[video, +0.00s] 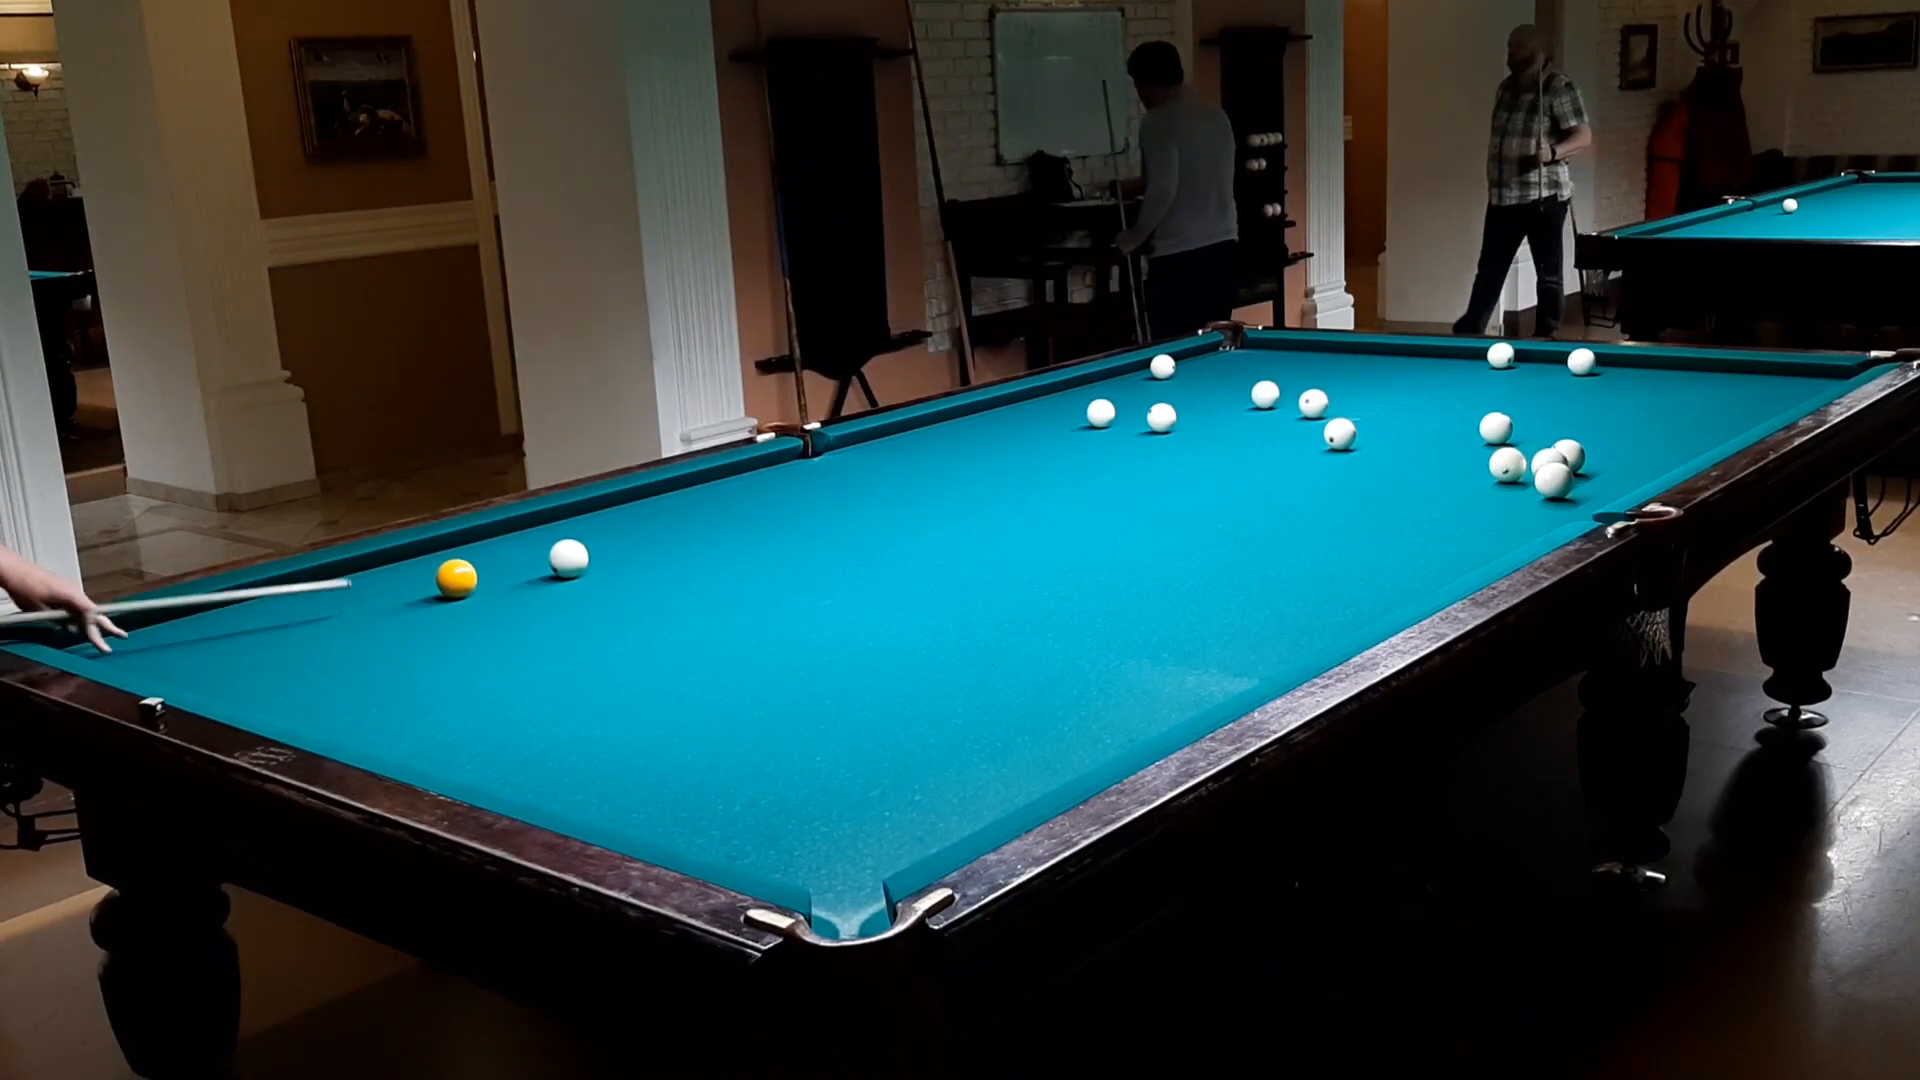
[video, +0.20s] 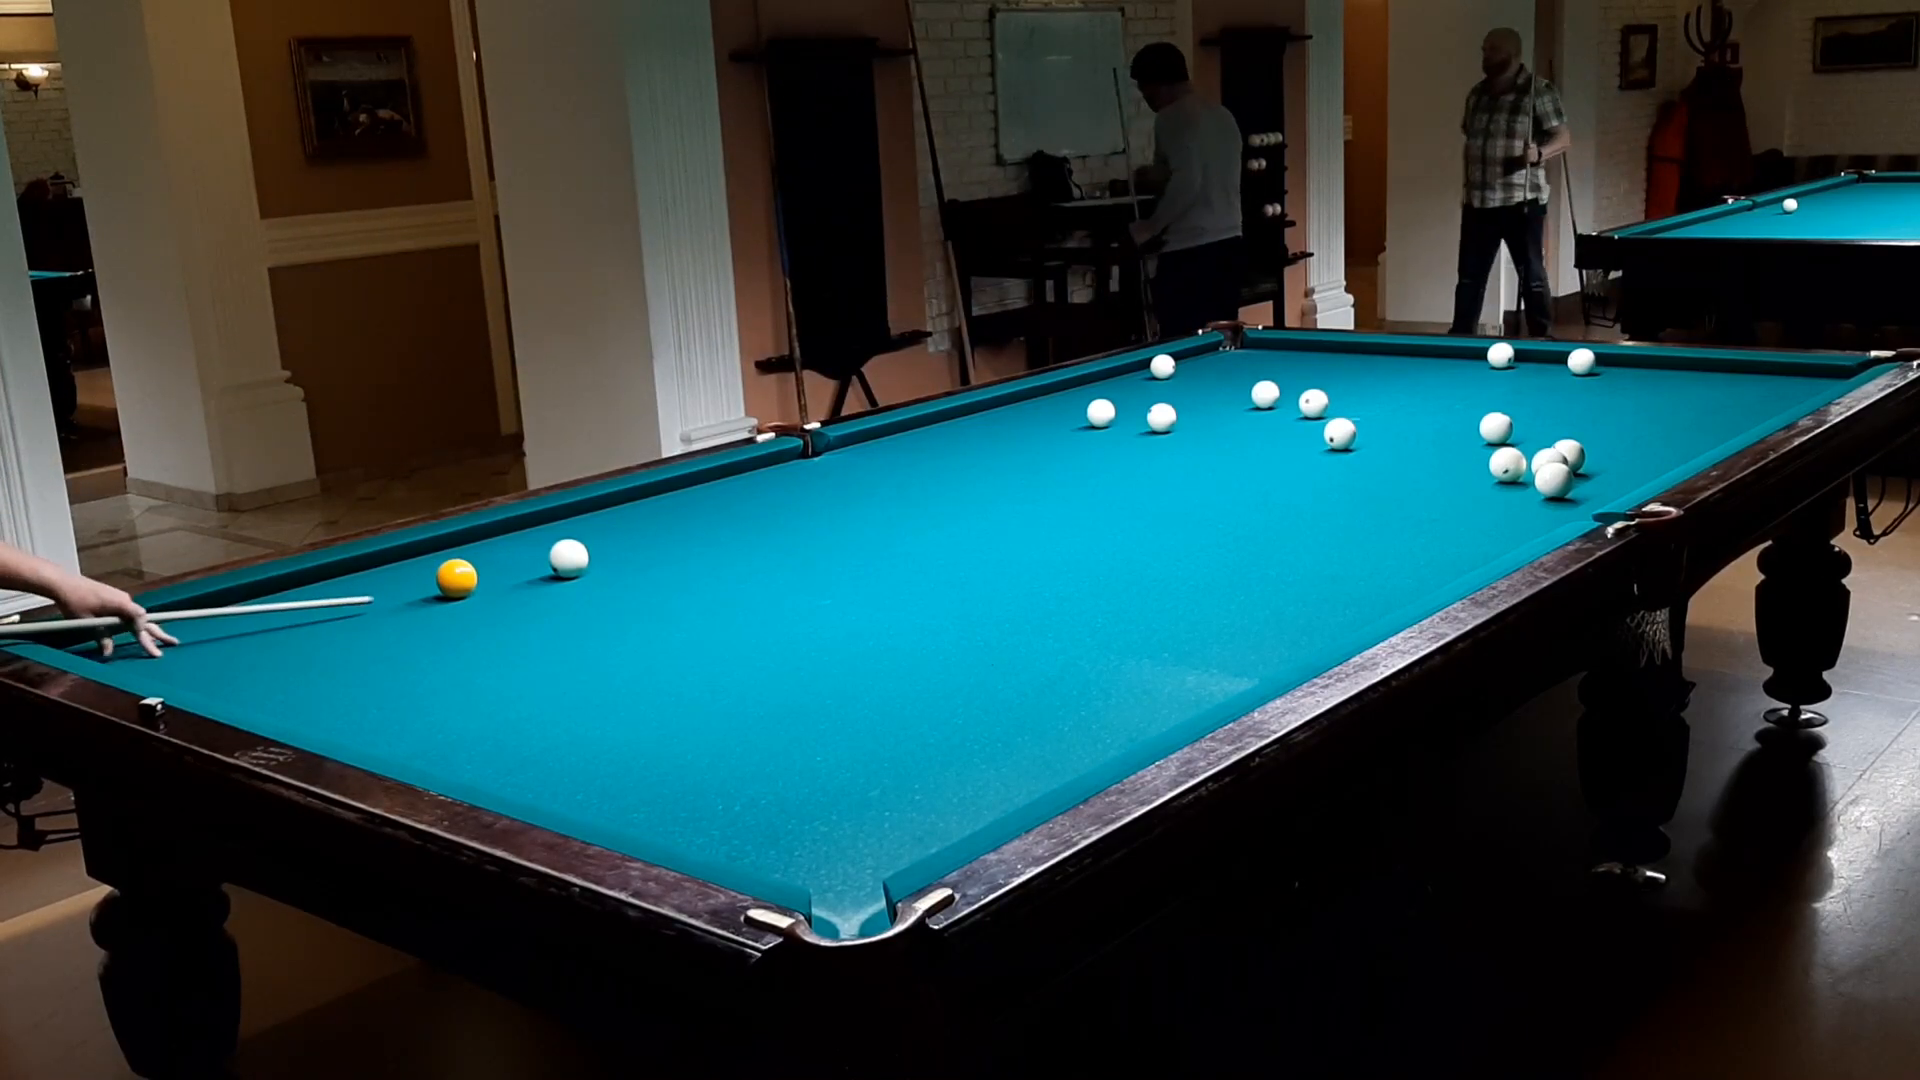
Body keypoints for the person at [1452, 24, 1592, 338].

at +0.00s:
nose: (1511, 53)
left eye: (1519, 47)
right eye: (1510, 47)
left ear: (1539, 51)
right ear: (1509, 50)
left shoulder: (1559, 87)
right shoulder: (1506, 88)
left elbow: (1583, 136)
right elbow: (1502, 136)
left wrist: (1554, 152)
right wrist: (1497, 177)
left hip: (1545, 196)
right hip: (1505, 196)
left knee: (1549, 272)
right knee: (1490, 269)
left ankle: (1545, 335)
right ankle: (1469, 332)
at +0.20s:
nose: (1485, 57)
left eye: (1492, 50)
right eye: (1484, 50)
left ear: (1513, 54)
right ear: (1485, 52)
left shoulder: (1538, 90)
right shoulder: (1477, 94)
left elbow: (1562, 138)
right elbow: (1470, 144)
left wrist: (1540, 153)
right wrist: (1468, 190)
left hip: (1522, 202)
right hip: (1480, 202)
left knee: (1532, 277)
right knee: (1470, 277)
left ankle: (1541, 342)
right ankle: (1459, 341)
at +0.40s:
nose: (1459, 57)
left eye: (1466, 51)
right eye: (1458, 51)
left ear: (1486, 53)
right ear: (1457, 52)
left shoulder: (1516, 88)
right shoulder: (1447, 97)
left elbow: (1540, 132)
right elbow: (1431, 149)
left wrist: (1525, 150)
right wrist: (1415, 197)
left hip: (1499, 202)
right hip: (1457, 203)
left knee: (1505, 271)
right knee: (1459, 278)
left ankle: (1526, 337)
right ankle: (1458, 340)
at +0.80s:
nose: (1435, 61)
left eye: (1443, 55)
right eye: (1432, 54)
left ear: (1462, 56)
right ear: (1428, 55)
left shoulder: (1489, 90)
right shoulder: (1418, 97)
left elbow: (1511, 134)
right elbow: (1401, 140)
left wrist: (1500, 166)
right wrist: (1397, 170)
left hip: (1474, 202)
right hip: (1432, 203)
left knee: (1459, 278)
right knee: (1440, 277)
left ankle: (1441, 349)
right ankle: (1463, 346)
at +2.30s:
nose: (1414, 67)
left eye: (1413, 60)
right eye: (1408, 60)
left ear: (1390, 66)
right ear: (1386, 65)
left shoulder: (1400, 103)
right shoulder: (1366, 105)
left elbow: (1395, 158)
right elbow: (1357, 166)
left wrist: (1424, 164)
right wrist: (1407, 175)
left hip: (1397, 217)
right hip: (1371, 216)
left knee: (1409, 290)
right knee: (1370, 291)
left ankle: (1427, 352)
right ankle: (1367, 356)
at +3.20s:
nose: (1401, 71)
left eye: (1400, 65)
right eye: (1394, 65)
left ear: (1381, 70)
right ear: (1373, 69)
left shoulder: (1393, 104)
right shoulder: (1355, 108)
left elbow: (1388, 154)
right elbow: (1349, 168)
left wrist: (1416, 153)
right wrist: (1399, 157)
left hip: (1392, 217)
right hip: (1363, 216)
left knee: (1406, 290)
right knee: (1367, 292)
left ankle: (1428, 353)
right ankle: (1364, 359)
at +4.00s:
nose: (1401, 74)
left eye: (1401, 67)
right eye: (1395, 67)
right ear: (1373, 69)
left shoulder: (1393, 103)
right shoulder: (1354, 108)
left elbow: (1388, 154)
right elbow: (1348, 169)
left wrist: (1417, 154)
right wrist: (1399, 154)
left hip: (1390, 217)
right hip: (1363, 216)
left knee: (1404, 290)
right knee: (1366, 292)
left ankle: (1426, 353)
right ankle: (1364, 359)